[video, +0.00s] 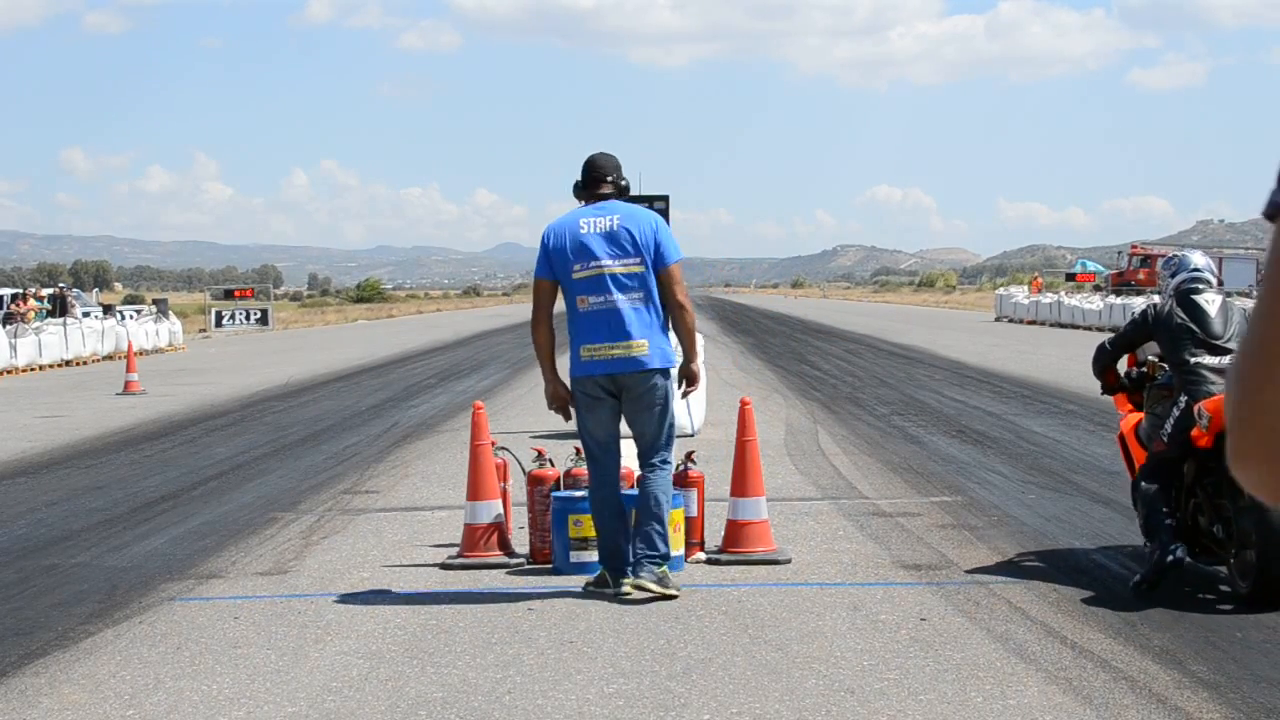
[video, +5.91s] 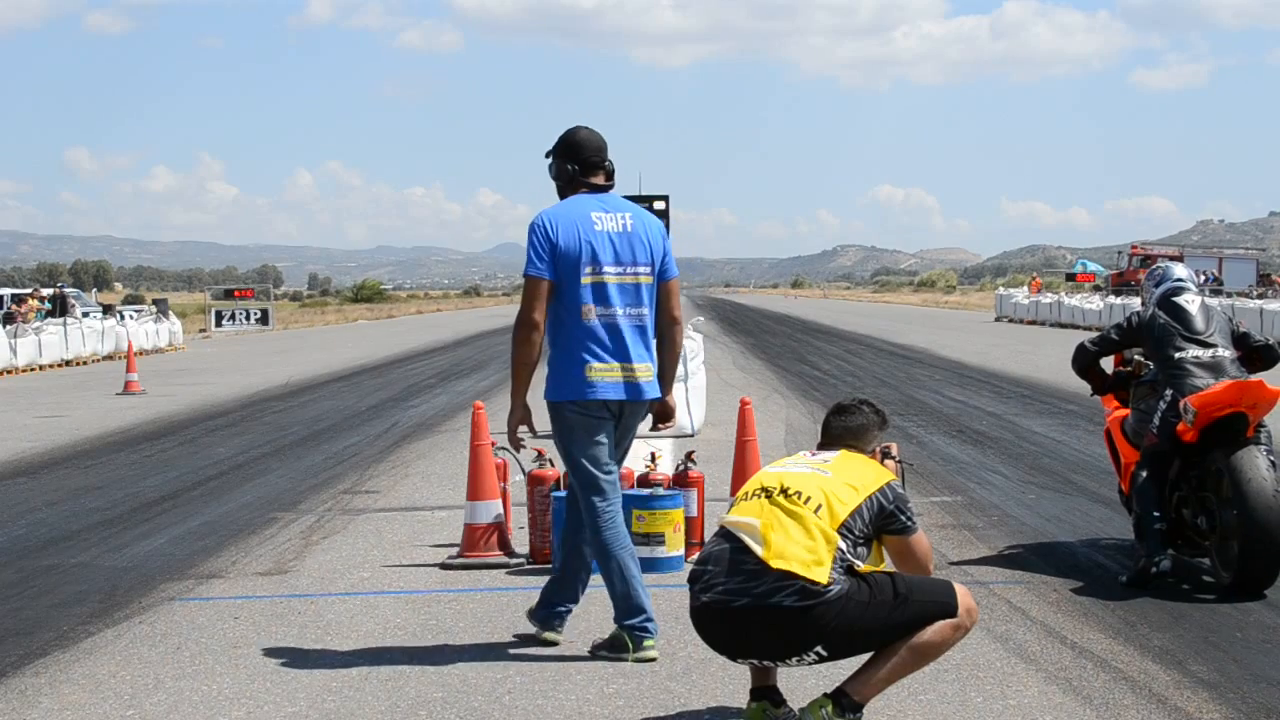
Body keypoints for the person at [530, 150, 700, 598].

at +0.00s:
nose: (613, 190)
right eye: (619, 184)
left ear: (580, 189)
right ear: (621, 185)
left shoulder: (556, 233)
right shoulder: (648, 221)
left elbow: (541, 316)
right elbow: (678, 300)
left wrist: (551, 378)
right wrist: (691, 359)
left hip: (589, 367)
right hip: (646, 362)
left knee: (602, 468)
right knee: (656, 459)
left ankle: (613, 570)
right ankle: (650, 566)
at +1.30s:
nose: (543, 186)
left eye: (543, 180)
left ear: (548, 182)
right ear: (593, 180)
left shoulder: (529, 230)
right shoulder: (628, 225)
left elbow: (503, 316)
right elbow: (652, 313)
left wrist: (502, 376)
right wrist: (649, 371)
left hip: (554, 374)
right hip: (616, 372)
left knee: (561, 484)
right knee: (625, 481)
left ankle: (569, 603)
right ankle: (637, 585)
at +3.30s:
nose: (573, 172)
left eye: (576, 163)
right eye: (573, 162)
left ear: (595, 164)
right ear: (631, 163)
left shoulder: (583, 219)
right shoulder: (683, 215)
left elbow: (565, 315)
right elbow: (701, 310)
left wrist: (549, 395)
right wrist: (692, 372)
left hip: (610, 382)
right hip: (677, 378)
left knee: (621, 502)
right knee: (676, 493)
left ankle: (638, 631)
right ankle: (685, 621)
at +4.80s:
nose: (619, 168)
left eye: (619, 162)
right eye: (625, 161)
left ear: (622, 165)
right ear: (672, 162)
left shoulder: (608, 219)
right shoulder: (712, 216)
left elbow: (584, 311)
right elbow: (734, 311)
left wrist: (569, 383)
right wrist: (726, 378)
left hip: (630, 385)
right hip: (699, 384)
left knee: (633, 504)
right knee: (699, 504)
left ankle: (639, 631)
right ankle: (705, 630)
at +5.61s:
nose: (582, 170)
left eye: (581, 164)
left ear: (583, 167)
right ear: (633, 165)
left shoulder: (568, 222)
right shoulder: (674, 222)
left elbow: (543, 317)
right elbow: (694, 317)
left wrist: (530, 393)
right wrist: (689, 387)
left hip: (594, 387)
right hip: (659, 385)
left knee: (613, 503)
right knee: (651, 495)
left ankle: (639, 632)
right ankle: (656, 614)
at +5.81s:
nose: (563, 176)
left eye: (563, 169)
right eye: (565, 169)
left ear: (571, 171)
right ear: (619, 171)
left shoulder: (558, 223)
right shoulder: (661, 225)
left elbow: (537, 321)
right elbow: (681, 319)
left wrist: (522, 398)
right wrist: (672, 389)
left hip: (584, 387)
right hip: (648, 385)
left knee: (608, 503)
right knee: (605, 498)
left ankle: (639, 630)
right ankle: (573, 610)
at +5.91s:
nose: (552, 178)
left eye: (553, 170)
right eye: (552, 170)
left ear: (564, 172)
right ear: (609, 173)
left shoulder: (552, 223)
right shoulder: (650, 224)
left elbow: (532, 321)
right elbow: (672, 319)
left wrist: (519, 398)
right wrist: (665, 390)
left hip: (578, 388)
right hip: (638, 387)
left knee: (603, 504)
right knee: (586, 496)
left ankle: (638, 629)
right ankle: (551, 615)